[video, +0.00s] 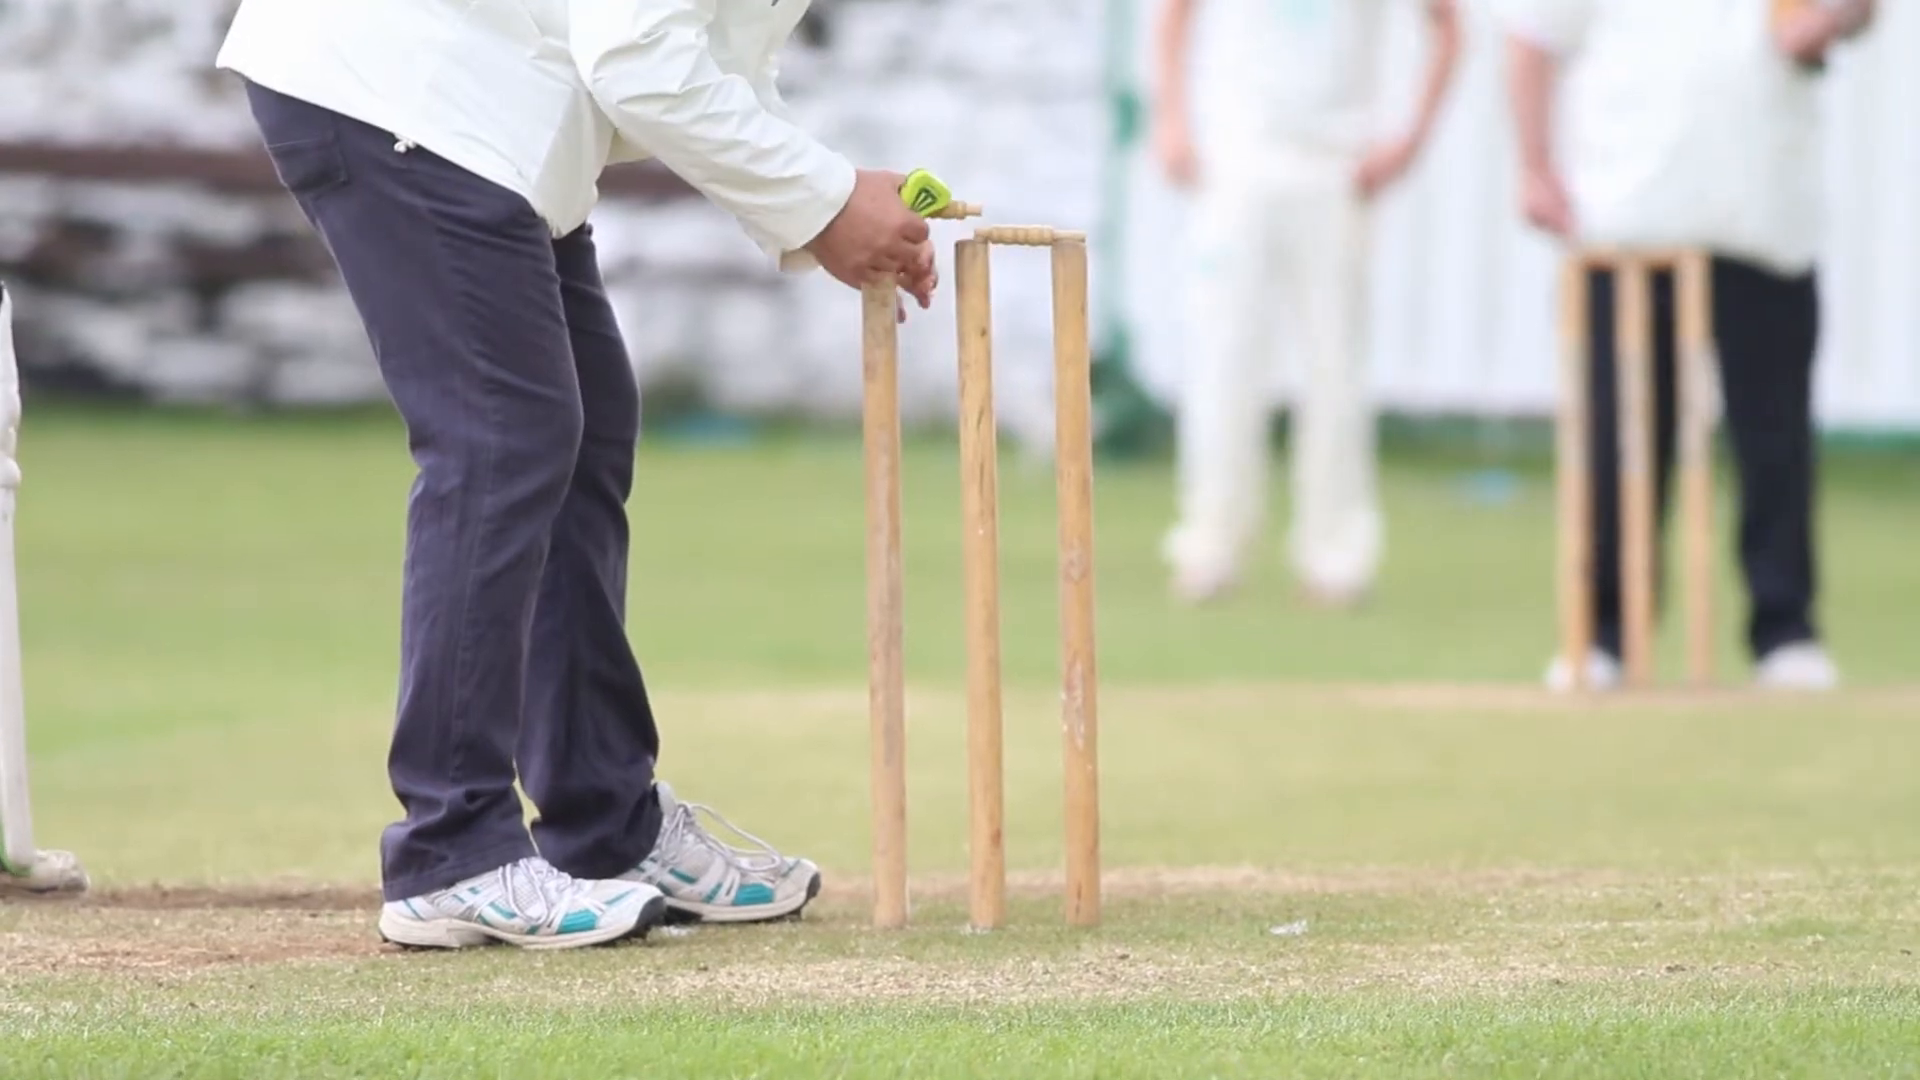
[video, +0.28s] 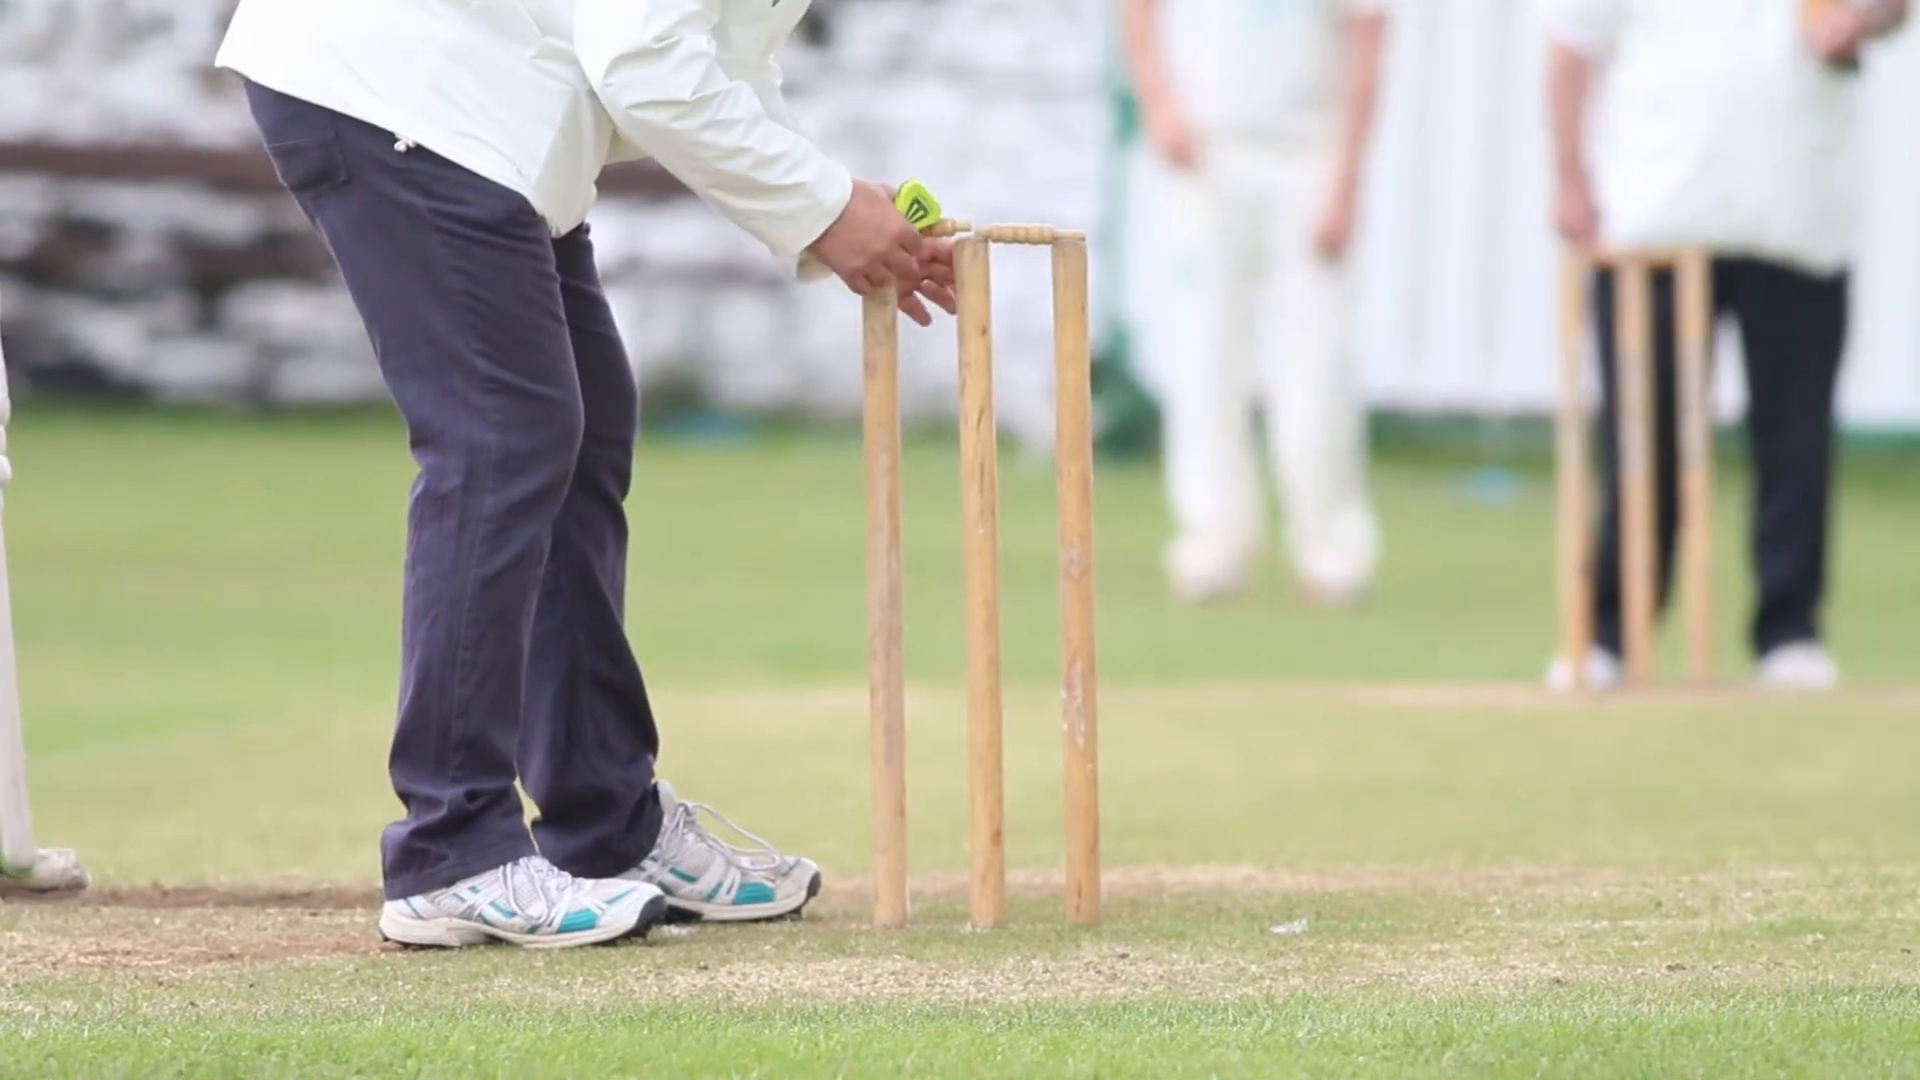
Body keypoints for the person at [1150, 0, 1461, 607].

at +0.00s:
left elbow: (1448, 28)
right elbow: (1173, 13)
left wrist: (1403, 146)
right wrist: (1174, 123)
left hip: (1336, 158)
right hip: (1234, 156)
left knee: (1334, 365)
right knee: (1220, 359)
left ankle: (1334, 549)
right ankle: (1209, 543)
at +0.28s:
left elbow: (1366, 33)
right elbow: (1137, 11)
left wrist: (1342, 184)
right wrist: (1159, 106)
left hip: (1309, 157)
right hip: (1196, 156)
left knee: (1313, 361)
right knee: (1198, 360)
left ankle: (1329, 550)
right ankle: (1211, 543)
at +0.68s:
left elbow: (1392, 24)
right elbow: (1079, 17)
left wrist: (1357, 141)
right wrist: (1119, 116)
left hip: (1303, 164)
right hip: (1182, 163)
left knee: (1312, 362)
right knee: (1190, 364)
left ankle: (1329, 550)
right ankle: (1208, 546)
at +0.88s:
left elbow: (1417, 5)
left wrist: (1379, 66)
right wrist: (1080, 67)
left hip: (1304, 128)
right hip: (1182, 127)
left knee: (1313, 348)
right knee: (1187, 348)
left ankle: (1329, 547)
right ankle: (1209, 543)